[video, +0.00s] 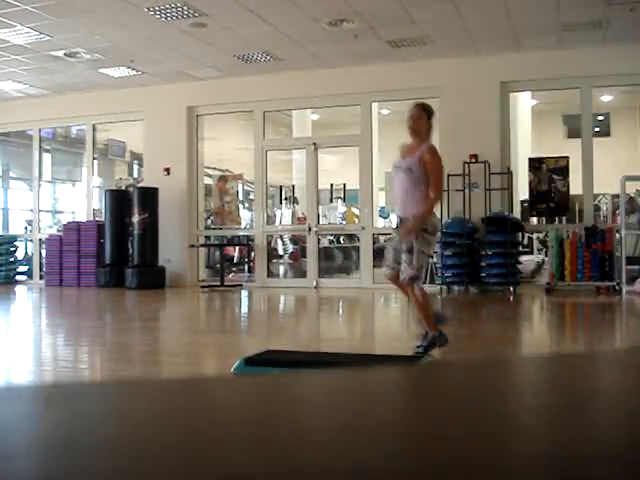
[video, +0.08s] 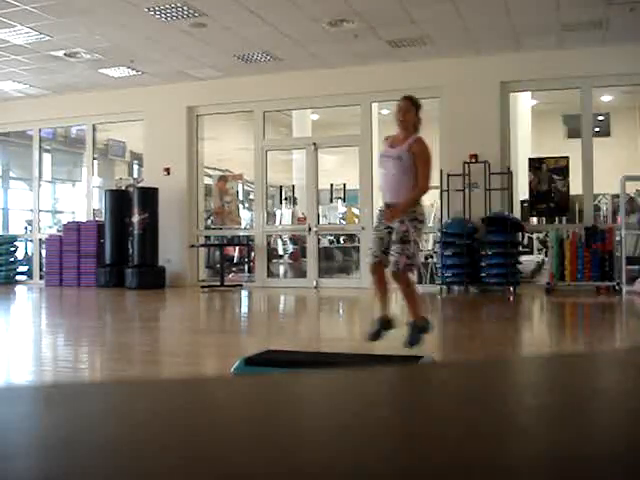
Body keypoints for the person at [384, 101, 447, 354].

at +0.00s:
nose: (411, 121)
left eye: (417, 118)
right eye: (410, 117)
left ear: (428, 122)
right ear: (408, 121)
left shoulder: (429, 153)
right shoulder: (405, 150)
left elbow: (435, 193)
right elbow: (406, 187)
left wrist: (417, 221)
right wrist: (401, 214)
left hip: (421, 220)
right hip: (404, 219)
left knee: (412, 280)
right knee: (393, 274)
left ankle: (432, 331)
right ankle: (432, 316)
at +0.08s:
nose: (401, 115)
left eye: (407, 111)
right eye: (399, 111)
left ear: (417, 115)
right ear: (395, 115)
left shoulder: (418, 146)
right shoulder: (389, 142)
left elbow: (424, 185)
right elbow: (391, 177)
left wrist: (400, 209)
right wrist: (388, 203)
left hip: (409, 212)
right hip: (388, 209)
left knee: (399, 270)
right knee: (376, 265)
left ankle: (418, 319)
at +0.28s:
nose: (378, 138)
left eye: (383, 134)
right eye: (375, 133)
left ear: (391, 137)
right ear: (370, 137)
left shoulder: (399, 171)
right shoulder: (359, 167)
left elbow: (403, 209)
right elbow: (354, 195)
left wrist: (395, 237)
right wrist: (350, 216)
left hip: (382, 234)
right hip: (357, 231)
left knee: (371, 289)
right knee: (349, 287)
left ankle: (372, 331)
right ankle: (346, 333)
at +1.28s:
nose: (370, 121)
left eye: (375, 116)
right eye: (366, 117)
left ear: (382, 122)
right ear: (359, 122)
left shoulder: (394, 156)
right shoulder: (349, 156)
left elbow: (403, 191)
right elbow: (341, 192)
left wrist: (409, 222)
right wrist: (351, 220)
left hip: (390, 225)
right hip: (360, 226)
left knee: (398, 286)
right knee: (360, 289)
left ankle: (391, 328)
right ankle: (359, 339)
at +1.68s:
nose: (388, 119)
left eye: (393, 114)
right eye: (383, 115)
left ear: (402, 118)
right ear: (377, 121)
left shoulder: (417, 156)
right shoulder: (371, 156)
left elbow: (436, 193)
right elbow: (359, 191)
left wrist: (438, 226)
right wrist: (352, 218)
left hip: (410, 232)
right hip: (376, 232)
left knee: (416, 291)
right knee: (370, 293)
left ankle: (423, 347)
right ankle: (367, 338)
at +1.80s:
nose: (386, 105)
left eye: (391, 100)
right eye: (381, 101)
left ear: (401, 103)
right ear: (375, 106)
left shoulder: (414, 135)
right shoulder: (374, 139)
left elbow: (416, 169)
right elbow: (356, 166)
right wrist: (327, 184)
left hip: (410, 213)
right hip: (379, 213)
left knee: (418, 282)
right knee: (360, 270)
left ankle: (424, 343)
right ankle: (372, 317)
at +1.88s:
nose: (379, 93)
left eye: (383, 88)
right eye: (375, 90)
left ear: (394, 91)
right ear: (370, 95)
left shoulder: (408, 119)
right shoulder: (371, 128)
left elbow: (388, 141)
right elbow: (349, 150)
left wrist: (359, 142)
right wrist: (318, 146)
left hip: (411, 201)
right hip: (380, 200)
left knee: (420, 273)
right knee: (358, 247)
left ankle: (428, 340)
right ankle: (366, 315)